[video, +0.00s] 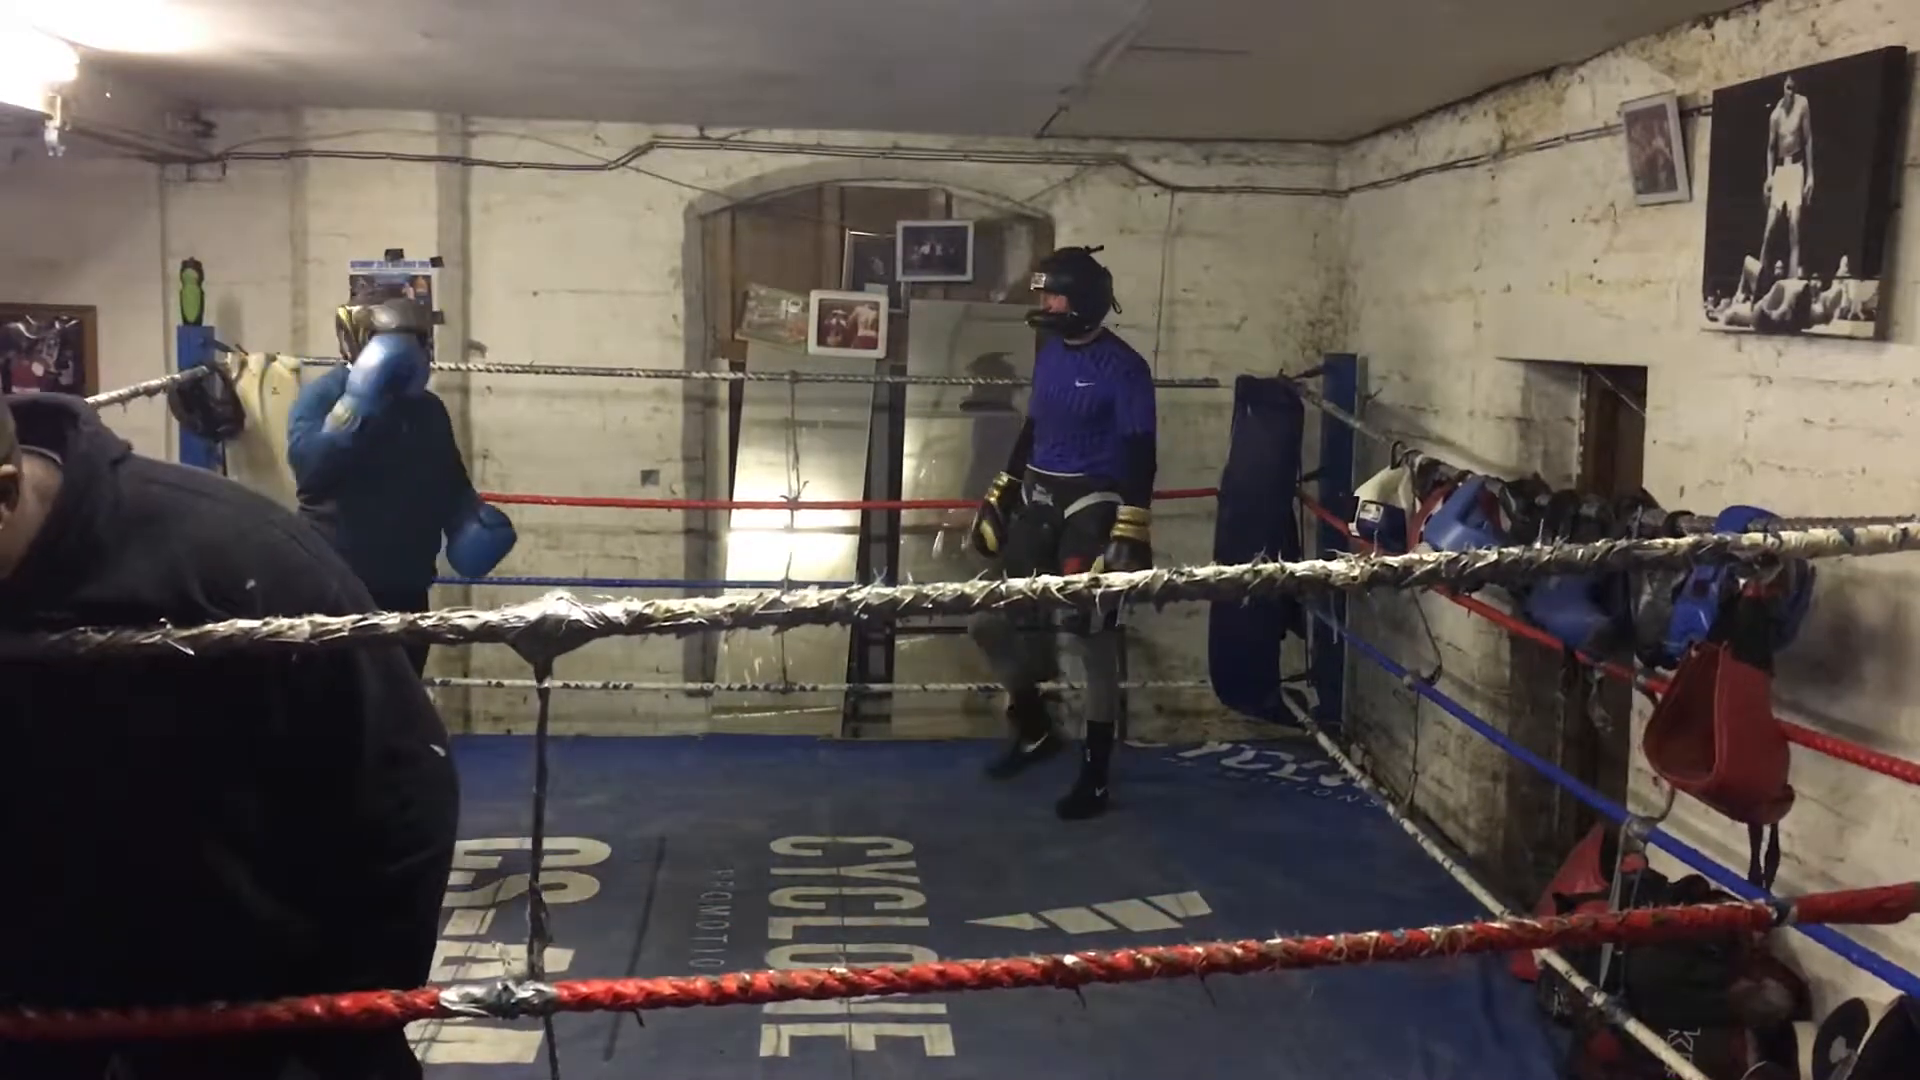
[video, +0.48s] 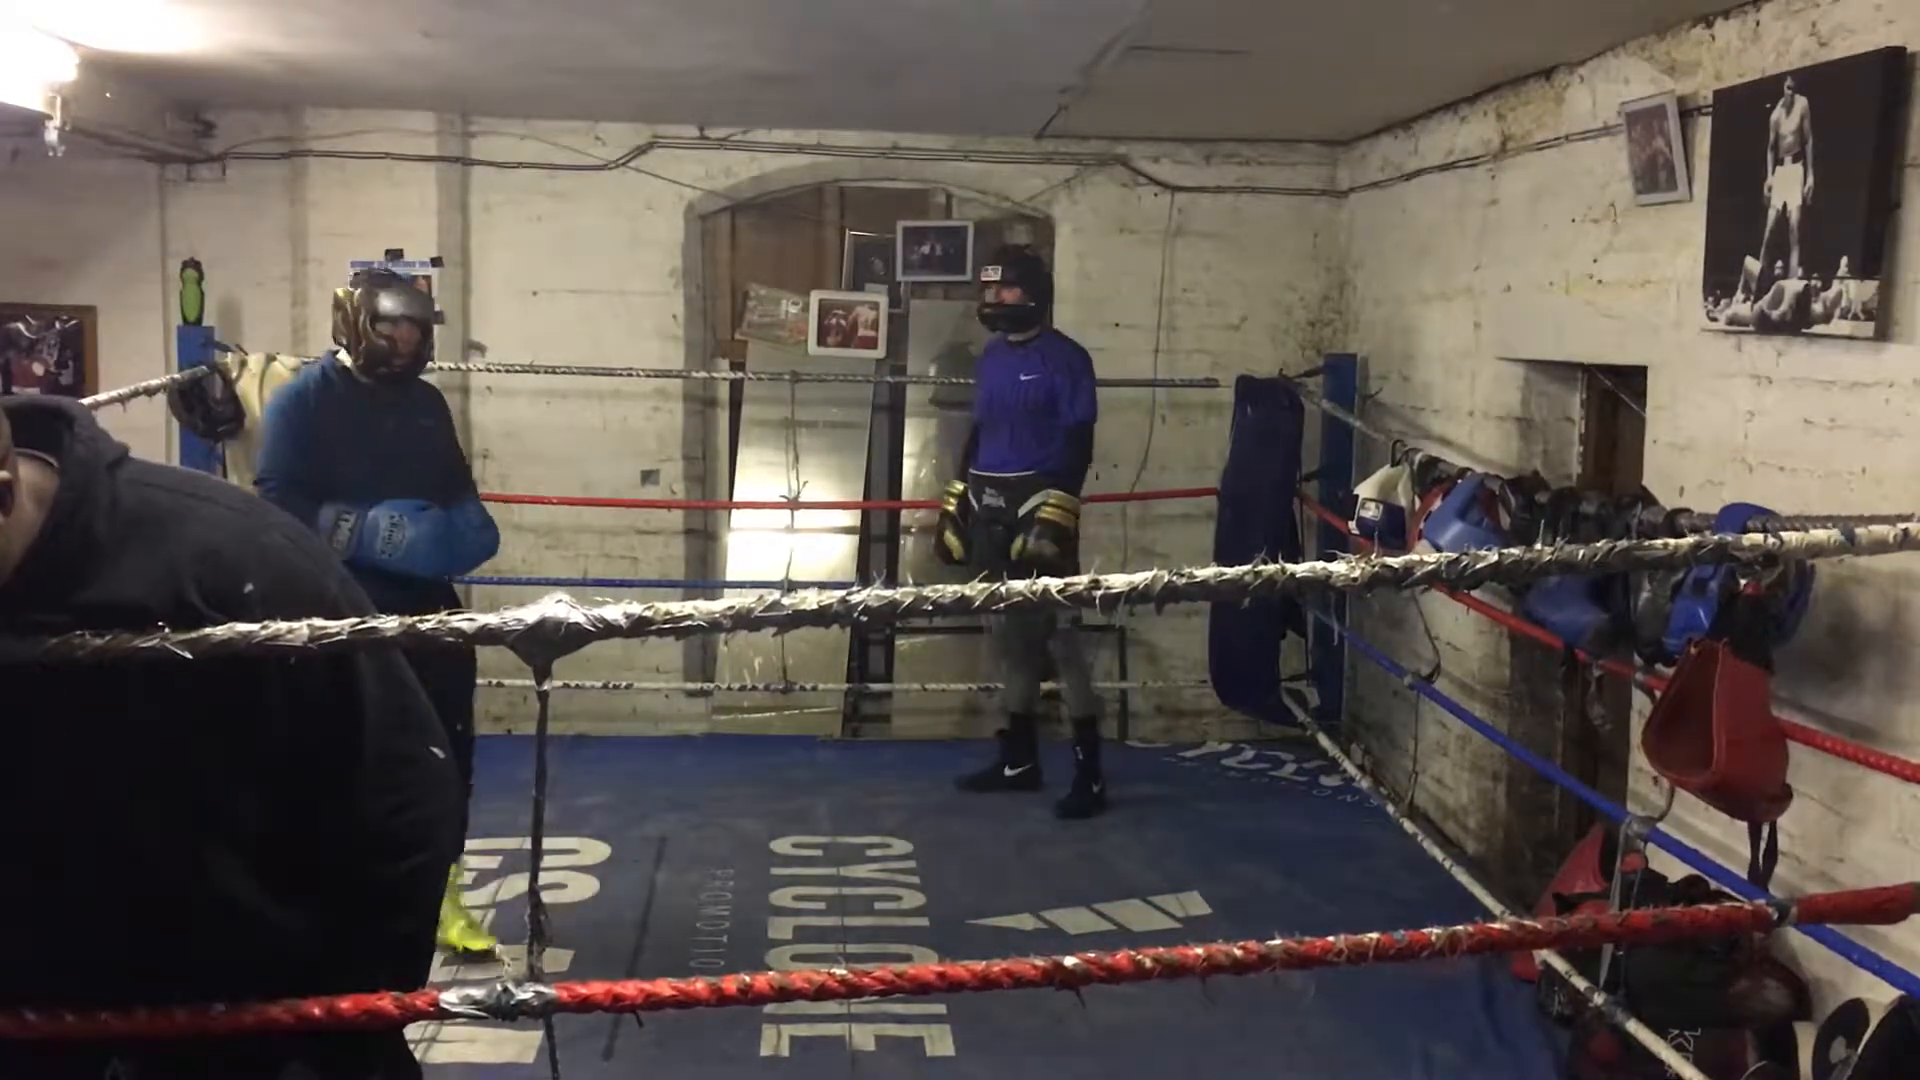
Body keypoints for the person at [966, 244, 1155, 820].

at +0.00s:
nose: (1043, 307)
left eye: (1054, 297)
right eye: (1042, 296)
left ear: (1083, 302)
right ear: (1048, 301)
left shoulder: (1125, 367)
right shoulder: (1048, 353)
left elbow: (1141, 454)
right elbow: (1032, 429)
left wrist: (1133, 525)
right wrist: (1000, 495)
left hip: (1096, 505)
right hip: (1038, 500)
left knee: (1093, 630)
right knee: (994, 621)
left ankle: (1096, 771)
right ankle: (1034, 729)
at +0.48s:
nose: (994, 298)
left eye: (1005, 289)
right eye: (993, 289)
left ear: (1033, 295)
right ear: (998, 296)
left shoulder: (1067, 358)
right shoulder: (991, 358)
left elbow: (1078, 448)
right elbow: (978, 434)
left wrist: (1052, 518)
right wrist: (956, 504)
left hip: (1045, 514)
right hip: (992, 511)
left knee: (1063, 632)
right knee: (1007, 634)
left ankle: (1088, 769)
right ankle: (1018, 758)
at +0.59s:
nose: (983, 297)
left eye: (994, 287)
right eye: (980, 287)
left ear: (1023, 293)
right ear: (979, 295)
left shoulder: (1055, 358)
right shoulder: (979, 357)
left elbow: (1068, 447)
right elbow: (967, 430)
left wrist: (1043, 514)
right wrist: (943, 500)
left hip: (1033, 510)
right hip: (979, 508)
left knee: (1051, 631)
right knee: (997, 633)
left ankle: (1086, 770)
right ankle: (1017, 759)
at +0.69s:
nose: (975, 298)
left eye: (986, 288)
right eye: (971, 288)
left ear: (1014, 295)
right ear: (971, 296)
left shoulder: (1044, 359)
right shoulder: (970, 356)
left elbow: (1058, 446)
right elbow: (959, 431)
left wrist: (1036, 515)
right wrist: (933, 500)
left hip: (1021, 510)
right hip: (969, 507)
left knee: (1038, 636)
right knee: (991, 637)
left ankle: (1082, 769)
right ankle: (1015, 759)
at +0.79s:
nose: (961, 299)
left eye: (973, 290)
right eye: (959, 290)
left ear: (1000, 297)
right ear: (960, 297)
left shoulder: (1032, 356)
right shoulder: (958, 356)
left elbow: (1049, 443)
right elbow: (943, 429)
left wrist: (1031, 519)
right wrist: (920, 501)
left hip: (1011, 510)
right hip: (959, 508)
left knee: (1010, 636)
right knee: (982, 636)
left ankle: (1059, 760)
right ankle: (1014, 756)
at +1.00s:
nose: (943, 301)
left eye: (955, 291)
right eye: (937, 291)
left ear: (982, 296)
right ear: (931, 296)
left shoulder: (1019, 356)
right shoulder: (938, 356)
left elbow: (1049, 439)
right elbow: (928, 430)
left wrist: (1036, 507)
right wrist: (907, 496)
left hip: (1006, 499)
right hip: (951, 500)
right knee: (955, 620)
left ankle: (1015, 749)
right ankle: (1013, 754)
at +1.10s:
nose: (926, 306)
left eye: (937, 296)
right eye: (920, 296)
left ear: (967, 299)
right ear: (916, 300)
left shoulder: (1005, 358)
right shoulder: (930, 360)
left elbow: (1045, 437)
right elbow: (925, 432)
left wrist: (1039, 510)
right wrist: (903, 497)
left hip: (994, 498)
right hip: (940, 500)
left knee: (983, 620)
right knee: (934, 623)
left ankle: (1018, 753)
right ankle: (987, 735)